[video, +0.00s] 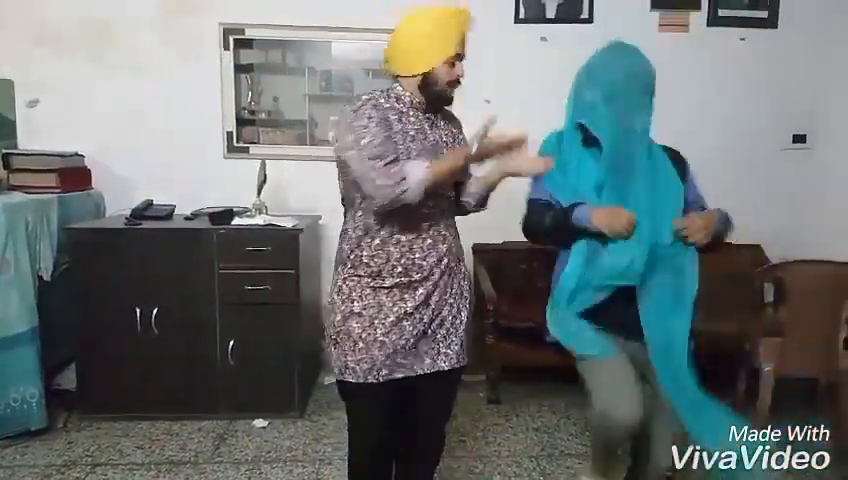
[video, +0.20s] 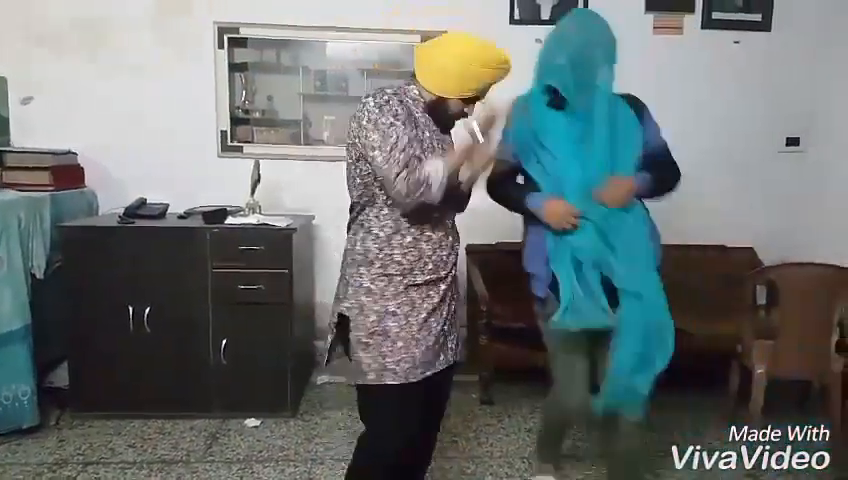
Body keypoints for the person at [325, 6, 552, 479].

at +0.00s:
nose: (460, 73)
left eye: (460, 62)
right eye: (452, 63)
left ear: (434, 65)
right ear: (418, 63)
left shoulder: (447, 124)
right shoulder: (367, 119)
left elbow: (457, 199)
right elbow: (385, 190)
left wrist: (499, 167)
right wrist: (470, 153)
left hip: (441, 311)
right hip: (375, 312)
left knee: (423, 453)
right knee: (374, 454)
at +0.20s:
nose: (474, 107)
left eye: (477, 100)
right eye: (470, 99)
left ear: (444, 87)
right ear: (444, 90)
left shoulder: (439, 123)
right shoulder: (381, 111)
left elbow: (449, 205)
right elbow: (406, 188)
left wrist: (470, 169)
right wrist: (461, 153)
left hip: (435, 296)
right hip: (389, 300)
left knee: (423, 433)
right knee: (391, 435)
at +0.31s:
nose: (472, 99)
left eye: (474, 90)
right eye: (469, 89)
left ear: (440, 79)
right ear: (442, 80)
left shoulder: (429, 121)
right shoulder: (385, 117)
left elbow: (446, 203)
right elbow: (426, 212)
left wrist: (485, 257)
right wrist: (487, 248)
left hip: (427, 302)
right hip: (389, 307)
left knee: (415, 443)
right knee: (399, 447)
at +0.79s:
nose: (473, 60)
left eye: (476, 47)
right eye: (463, 46)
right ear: (425, 46)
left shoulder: (473, 124)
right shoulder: (376, 116)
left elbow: (489, 192)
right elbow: (384, 209)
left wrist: (529, 218)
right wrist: (489, 211)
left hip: (457, 307)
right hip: (391, 310)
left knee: (436, 447)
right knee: (400, 460)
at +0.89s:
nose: (461, 55)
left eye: (469, 43)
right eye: (447, 42)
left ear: (476, 47)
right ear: (415, 44)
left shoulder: (480, 123)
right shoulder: (373, 115)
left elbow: (509, 191)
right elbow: (343, 208)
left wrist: (532, 243)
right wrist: (443, 245)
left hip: (470, 323)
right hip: (394, 323)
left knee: (457, 456)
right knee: (402, 463)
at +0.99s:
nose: (447, 53)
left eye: (458, 40)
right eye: (431, 40)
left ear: (472, 48)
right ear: (409, 48)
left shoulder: (488, 121)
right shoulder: (374, 116)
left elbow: (522, 187)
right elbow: (313, 200)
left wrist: (531, 255)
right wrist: (381, 281)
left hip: (476, 319)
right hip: (390, 324)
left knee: (496, 443)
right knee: (397, 465)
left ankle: (451, 474)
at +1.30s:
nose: (438, 50)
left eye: (453, 34)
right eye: (429, 38)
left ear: (489, 38)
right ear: (420, 45)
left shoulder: (538, 117)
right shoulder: (397, 116)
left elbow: (596, 187)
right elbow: (328, 190)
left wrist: (564, 276)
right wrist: (366, 280)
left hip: (511, 338)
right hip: (413, 337)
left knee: (531, 472)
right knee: (405, 473)